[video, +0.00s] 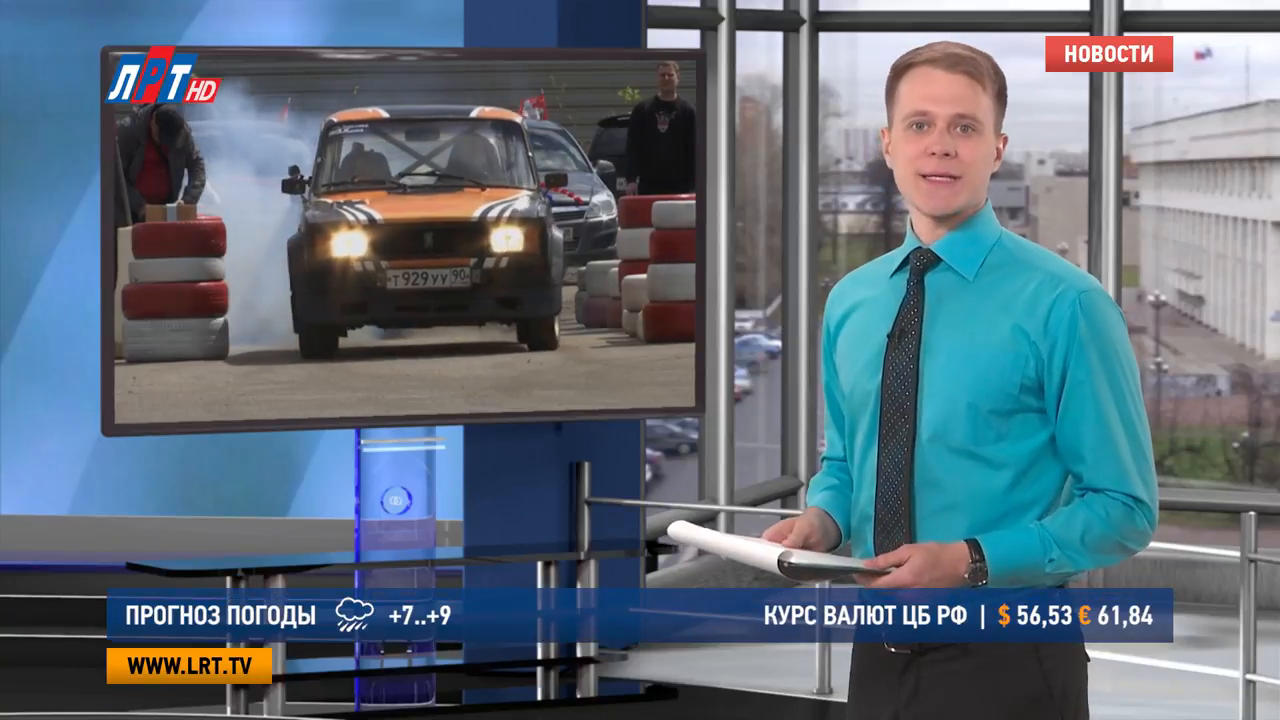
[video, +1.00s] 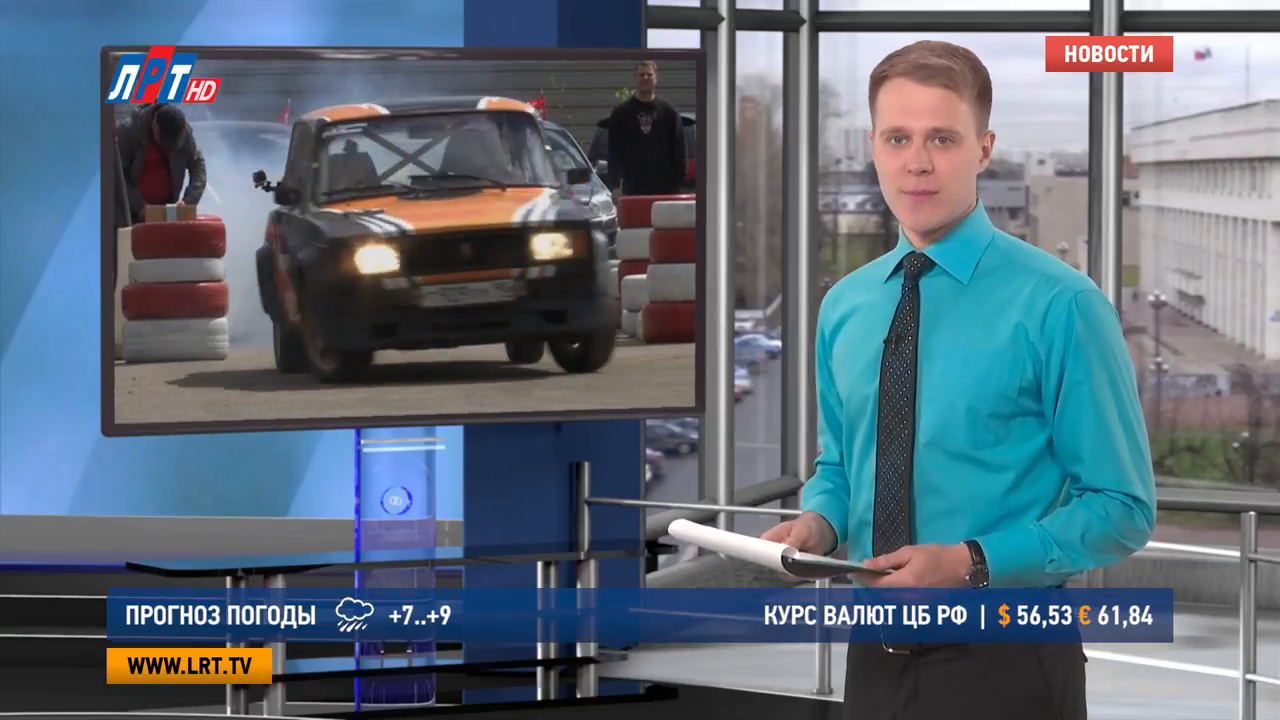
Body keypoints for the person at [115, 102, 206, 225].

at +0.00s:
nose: (163, 143)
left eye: (168, 140)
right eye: (161, 137)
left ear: (179, 130)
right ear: (153, 124)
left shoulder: (182, 132)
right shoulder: (127, 130)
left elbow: (196, 165)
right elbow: (115, 173)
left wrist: (188, 202)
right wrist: (139, 206)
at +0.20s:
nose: (163, 143)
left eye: (168, 139)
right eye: (161, 137)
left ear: (179, 129)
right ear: (153, 124)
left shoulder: (182, 132)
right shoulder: (127, 130)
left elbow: (197, 165)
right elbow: (115, 173)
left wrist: (188, 202)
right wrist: (139, 206)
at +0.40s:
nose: (163, 142)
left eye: (168, 139)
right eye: (161, 136)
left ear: (180, 129)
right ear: (154, 124)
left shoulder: (183, 131)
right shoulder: (127, 129)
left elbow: (198, 164)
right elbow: (115, 173)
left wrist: (188, 201)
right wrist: (140, 205)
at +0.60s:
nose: (164, 141)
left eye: (169, 139)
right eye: (162, 136)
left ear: (181, 128)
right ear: (154, 123)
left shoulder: (184, 131)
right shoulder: (128, 129)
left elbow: (198, 164)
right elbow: (116, 174)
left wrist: (189, 201)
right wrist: (141, 206)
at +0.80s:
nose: (165, 142)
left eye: (170, 139)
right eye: (162, 137)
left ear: (181, 129)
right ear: (155, 123)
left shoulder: (185, 132)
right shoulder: (129, 129)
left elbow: (199, 165)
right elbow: (117, 174)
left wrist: (189, 202)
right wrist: (141, 206)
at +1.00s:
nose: (163, 143)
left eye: (169, 139)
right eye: (161, 137)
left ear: (180, 130)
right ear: (154, 124)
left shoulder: (183, 133)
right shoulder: (128, 130)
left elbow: (197, 165)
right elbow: (115, 173)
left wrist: (189, 202)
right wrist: (139, 206)